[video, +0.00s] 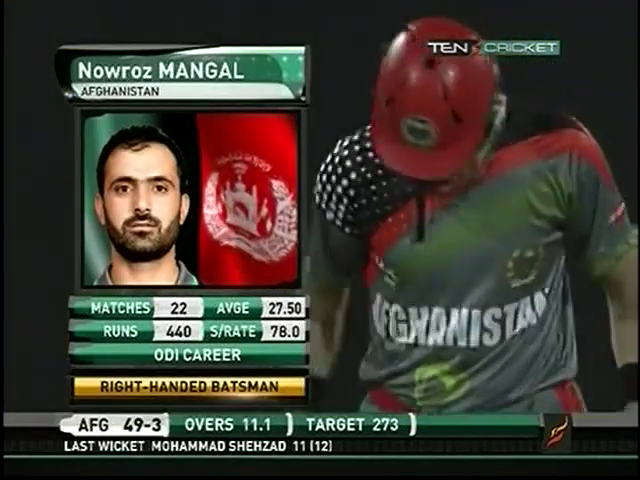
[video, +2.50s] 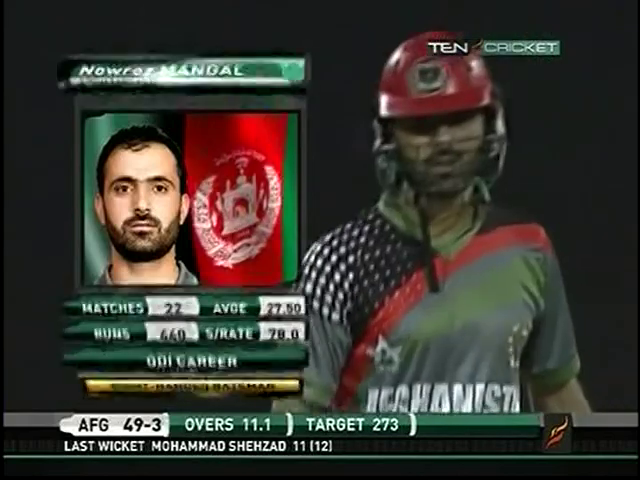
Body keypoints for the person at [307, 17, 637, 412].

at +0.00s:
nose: (433, 182)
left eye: (448, 167)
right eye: (418, 167)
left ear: (489, 125)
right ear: (388, 128)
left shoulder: (565, 158)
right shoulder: (352, 174)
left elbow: (626, 293)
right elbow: (322, 308)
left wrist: (633, 397)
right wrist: (306, 412)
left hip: (535, 422)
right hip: (398, 427)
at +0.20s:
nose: (471, 201)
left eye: (489, 184)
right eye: (452, 180)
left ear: (533, 137)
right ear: (418, 129)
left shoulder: (581, 174)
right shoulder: (368, 186)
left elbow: (625, 303)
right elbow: (312, 314)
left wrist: (634, 393)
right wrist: (280, 425)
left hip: (539, 434)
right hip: (402, 436)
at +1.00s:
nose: (517, 241)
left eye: (536, 224)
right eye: (501, 219)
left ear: (577, 183)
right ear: (471, 166)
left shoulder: (616, 209)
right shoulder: (399, 194)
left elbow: (630, 310)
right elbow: (326, 305)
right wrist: (307, 414)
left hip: (539, 427)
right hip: (413, 426)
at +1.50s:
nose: (518, 234)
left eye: (536, 221)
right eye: (505, 215)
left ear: (575, 183)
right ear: (473, 163)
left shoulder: (607, 214)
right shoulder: (398, 189)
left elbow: (634, 338)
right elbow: (312, 291)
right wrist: (278, 412)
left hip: (524, 438)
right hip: (390, 434)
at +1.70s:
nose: (533, 119)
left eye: (548, 101)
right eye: (516, 100)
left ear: (573, 92)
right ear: (473, 82)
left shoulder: (595, 193)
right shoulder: (393, 171)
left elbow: (628, 335)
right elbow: (309, 292)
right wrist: (274, 418)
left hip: (521, 447)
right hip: (387, 440)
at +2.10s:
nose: (492, 101)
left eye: (510, 82)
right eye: (470, 84)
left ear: (536, 98)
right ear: (433, 99)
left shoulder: (563, 237)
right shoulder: (369, 221)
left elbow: (588, 385)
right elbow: (295, 362)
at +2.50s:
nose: (443, 140)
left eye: (460, 120)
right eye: (420, 124)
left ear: (489, 126)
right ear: (388, 135)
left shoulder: (527, 248)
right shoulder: (336, 262)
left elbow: (557, 389)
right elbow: (301, 416)